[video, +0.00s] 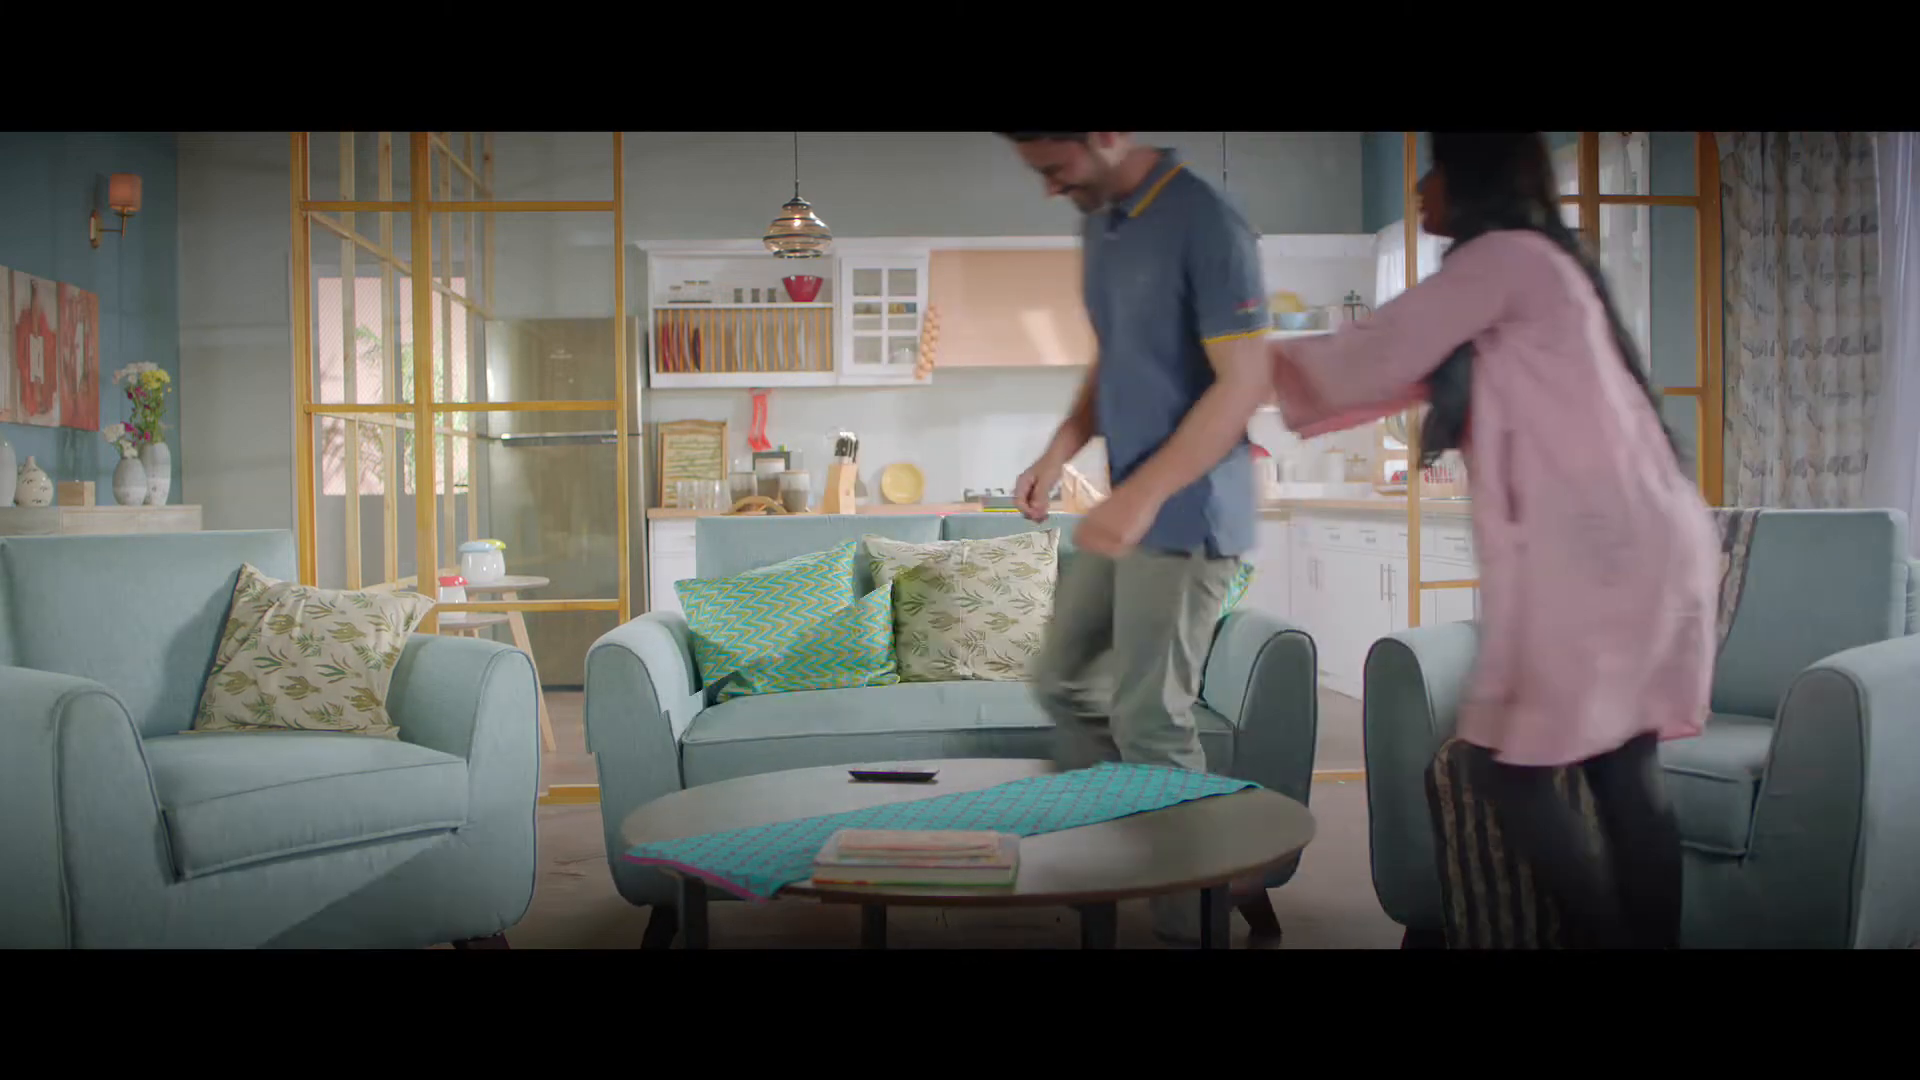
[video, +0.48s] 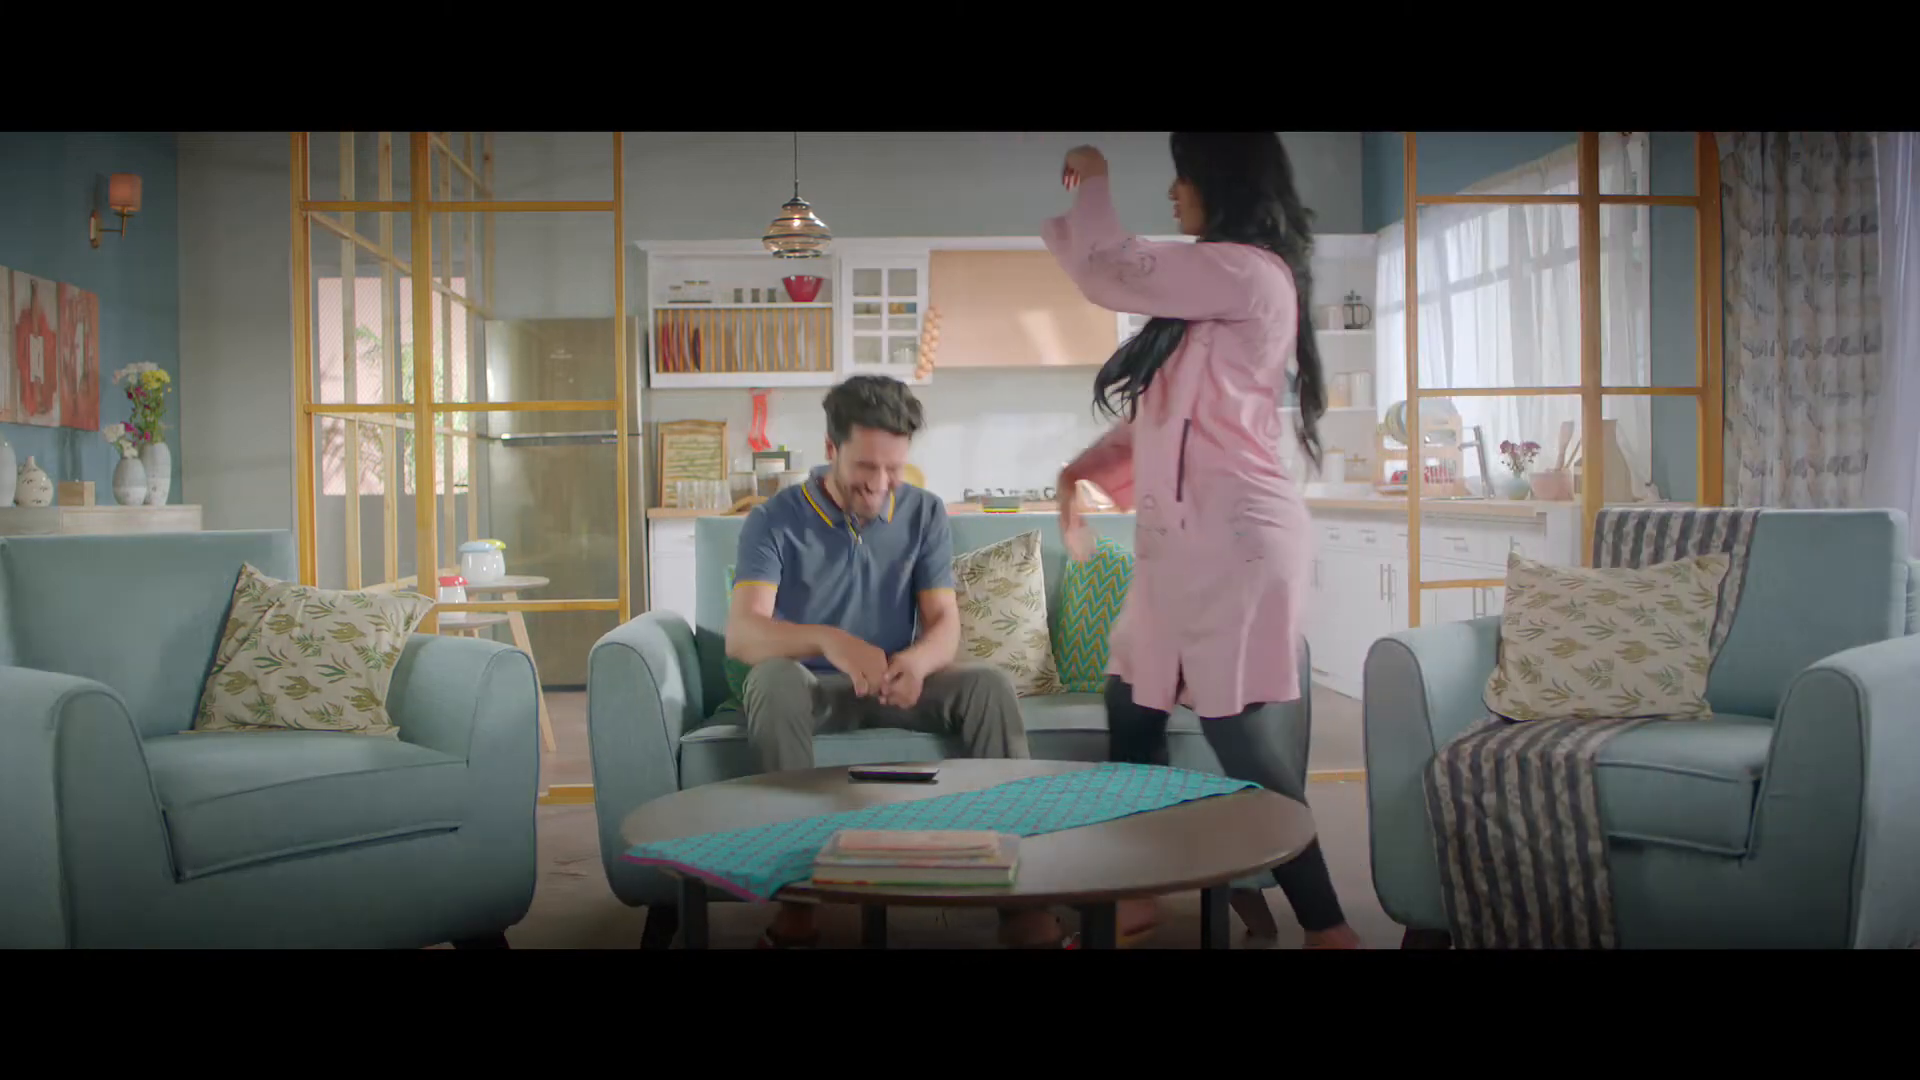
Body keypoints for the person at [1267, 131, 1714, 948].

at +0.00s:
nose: (1418, 193)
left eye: (1429, 172)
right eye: (1423, 173)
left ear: (1466, 177)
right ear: (1515, 180)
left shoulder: (1505, 258)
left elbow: (1373, 353)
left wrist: (1259, 360)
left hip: (1597, 562)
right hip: (1656, 552)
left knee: (1515, 771)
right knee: (1622, 764)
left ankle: (1598, 936)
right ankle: (1651, 941)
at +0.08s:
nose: (1347, 203)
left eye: (1359, 186)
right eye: (1352, 186)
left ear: (1394, 194)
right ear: (1442, 194)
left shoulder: (1412, 273)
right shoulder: (1460, 281)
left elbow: (1278, 327)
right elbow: (1309, 355)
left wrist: (1182, 349)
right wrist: (1192, 371)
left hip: (1483, 573)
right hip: (1537, 567)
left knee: (1399, 757)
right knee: (1555, 767)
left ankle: (1375, 935)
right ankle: (1628, 936)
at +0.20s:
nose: (1286, 198)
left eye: (1294, 185)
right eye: (1290, 183)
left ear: (1317, 194)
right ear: (1377, 193)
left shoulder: (1319, 278)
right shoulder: (1384, 282)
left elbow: (1198, 315)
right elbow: (1265, 368)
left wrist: (1099, 307)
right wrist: (1179, 398)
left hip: (1364, 557)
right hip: (1432, 548)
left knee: (1324, 764)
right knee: (1394, 751)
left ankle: (1343, 943)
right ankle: (1537, 885)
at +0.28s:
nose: (1245, 189)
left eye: (1253, 172)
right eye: (1248, 173)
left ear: (1281, 180)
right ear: (1342, 182)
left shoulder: (1289, 268)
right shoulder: (1352, 274)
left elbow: (1148, 315)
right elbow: (1289, 386)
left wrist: (1094, 283)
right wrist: (1213, 442)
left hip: (1331, 541)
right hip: (1397, 528)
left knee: (1316, 762)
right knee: (1341, 735)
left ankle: (1343, 943)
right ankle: (1409, 871)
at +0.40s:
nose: (1200, 195)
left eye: (1210, 179)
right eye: (1201, 181)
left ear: (1253, 181)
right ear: (1278, 184)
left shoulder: (1267, 266)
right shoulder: (1265, 273)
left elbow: (1116, 282)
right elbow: (1233, 411)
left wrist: (1080, 218)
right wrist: (1150, 459)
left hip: (1274, 545)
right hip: (1231, 543)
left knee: (1275, 753)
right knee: (1179, 708)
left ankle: (1336, 938)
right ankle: (1184, 892)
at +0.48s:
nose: (1174, 193)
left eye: (1183, 178)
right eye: (1176, 180)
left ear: (1223, 180)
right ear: (1237, 181)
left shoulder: (1256, 272)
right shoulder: (1216, 281)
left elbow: (1109, 273)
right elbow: (1160, 416)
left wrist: (1090, 182)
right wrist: (1081, 472)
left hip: (1242, 542)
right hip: (1182, 544)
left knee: (1246, 735)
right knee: (1132, 698)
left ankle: (1328, 932)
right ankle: (1134, 892)